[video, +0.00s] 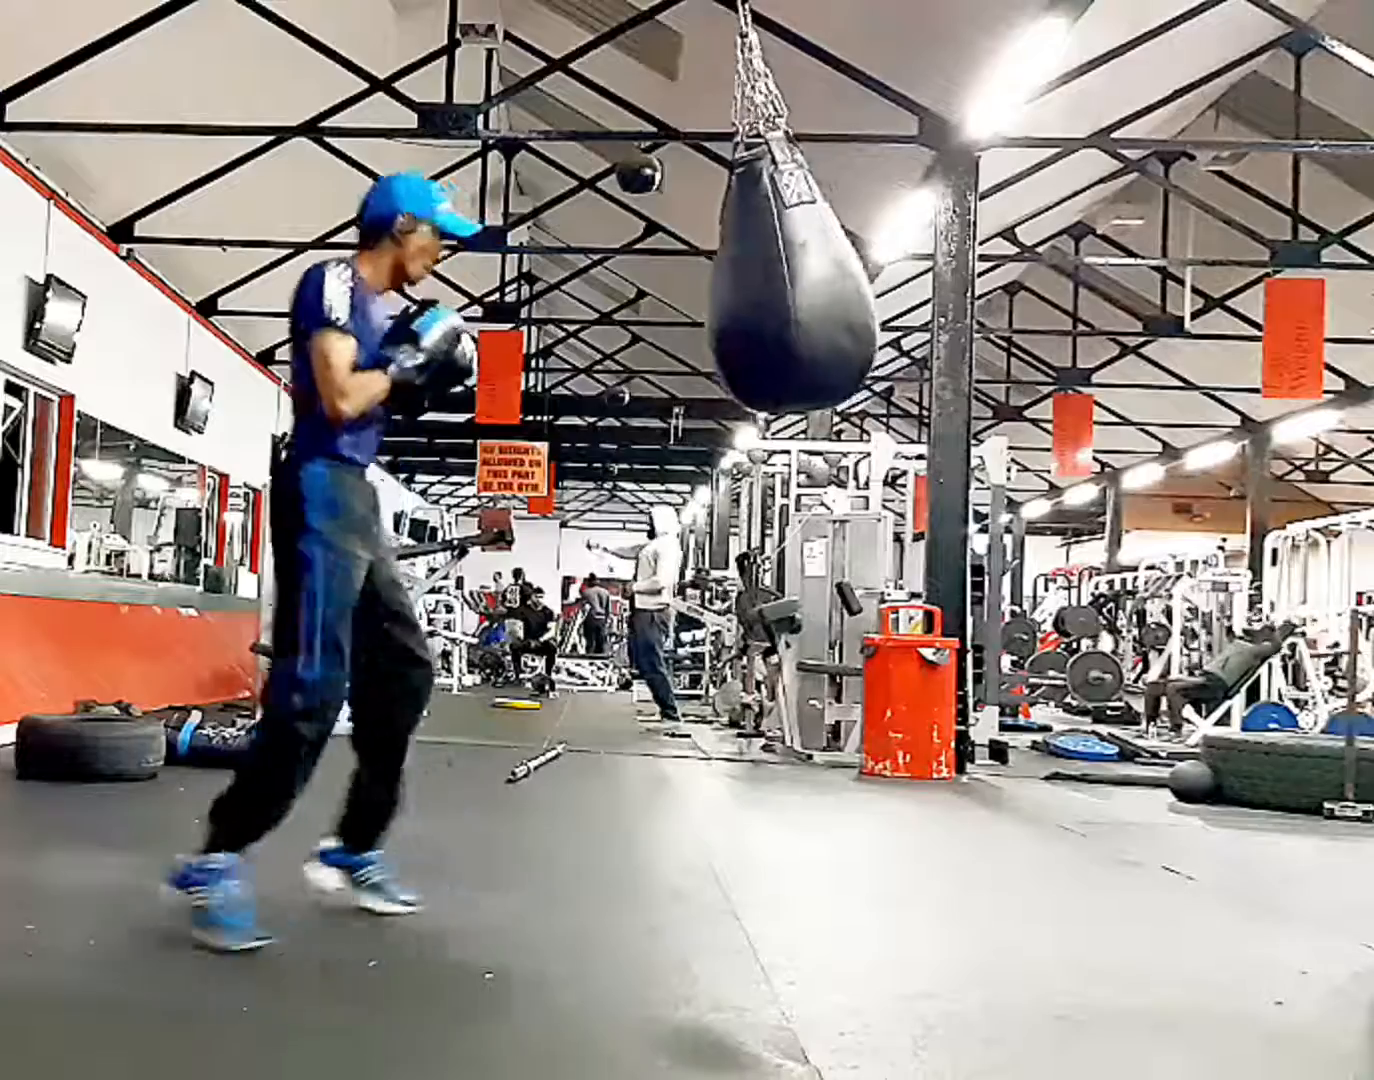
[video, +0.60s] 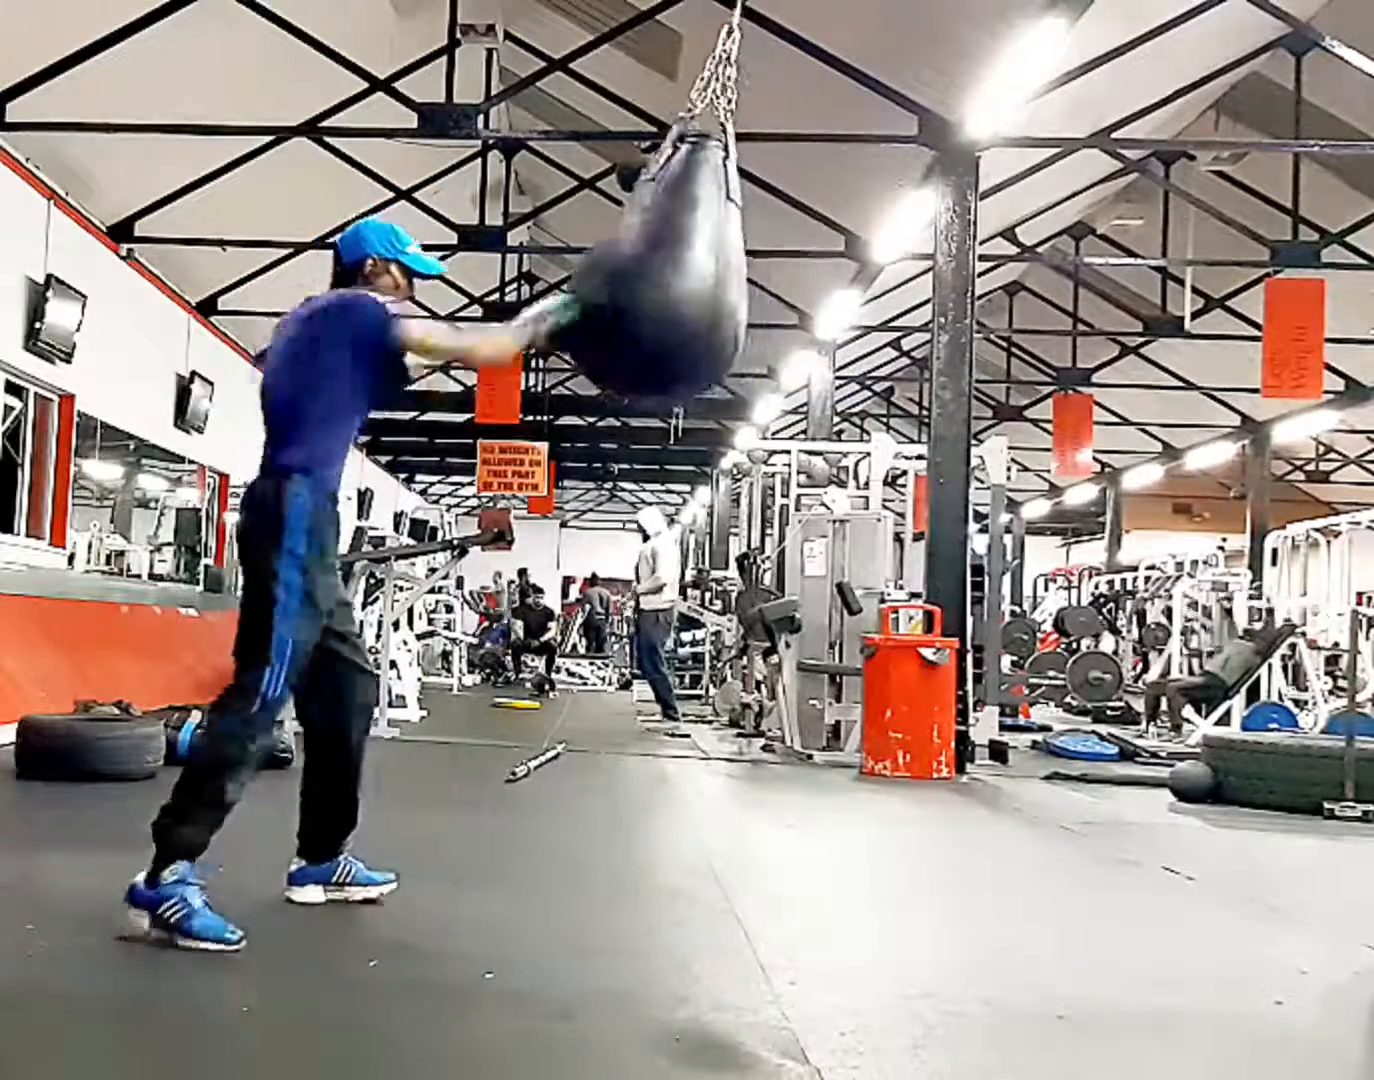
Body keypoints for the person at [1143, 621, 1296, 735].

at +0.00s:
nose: (1263, 632)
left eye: (1267, 631)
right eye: (1266, 630)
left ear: (1266, 636)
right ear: (1260, 632)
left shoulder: (1257, 651)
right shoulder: (1236, 643)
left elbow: (1276, 646)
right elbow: (1226, 635)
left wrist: (1278, 633)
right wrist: (1221, 624)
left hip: (1217, 682)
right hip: (1203, 675)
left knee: (1174, 688)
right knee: (1152, 687)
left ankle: (1176, 732)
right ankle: (1147, 730)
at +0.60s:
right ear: (1255, 637)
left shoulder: (1256, 652)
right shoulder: (1236, 643)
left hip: (1219, 681)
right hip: (1204, 675)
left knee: (1174, 689)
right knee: (1153, 687)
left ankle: (1176, 732)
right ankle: (1149, 728)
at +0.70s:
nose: (1250, 631)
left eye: (1254, 631)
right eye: (1253, 630)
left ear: (1259, 637)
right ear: (1249, 633)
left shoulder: (1256, 653)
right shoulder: (1237, 643)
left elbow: (1266, 633)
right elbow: (1232, 629)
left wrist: (1268, 610)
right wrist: (1228, 607)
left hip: (1219, 680)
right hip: (1205, 674)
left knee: (1173, 689)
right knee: (1152, 688)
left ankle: (1176, 730)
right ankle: (1148, 727)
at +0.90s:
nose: (1257, 631)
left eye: (1260, 630)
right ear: (1255, 634)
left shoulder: (1256, 651)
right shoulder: (1236, 643)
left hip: (1218, 682)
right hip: (1203, 675)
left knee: (1174, 690)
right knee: (1152, 688)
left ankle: (1176, 732)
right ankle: (1148, 726)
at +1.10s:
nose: (1257, 634)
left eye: (1256, 631)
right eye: (1257, 632)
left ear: (1249, 635)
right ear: (1253, 635)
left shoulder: (1256, 651)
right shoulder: (1236, 645)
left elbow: (1275, 652)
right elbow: (1221, 651)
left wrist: (1275, 636)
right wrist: (1222, 632)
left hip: (1216, 681)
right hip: (1205, 674)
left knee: (1173, 689)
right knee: (1153, 688)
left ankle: (1176, 730)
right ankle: (1147, 727)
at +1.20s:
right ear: (1253, 636)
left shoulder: (1254, 651)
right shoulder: (1231, 647)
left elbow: (1277, 656)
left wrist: (1273, 644)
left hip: (1218, 681)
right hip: (1203, 675)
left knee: (1173, 689)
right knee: (1153, 688)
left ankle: (1176, 730)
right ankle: (1147, 728)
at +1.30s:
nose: (1259, 636)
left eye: (1259, 633)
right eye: (1259, 633)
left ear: (1255, 637)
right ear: (1254, 636)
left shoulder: (1256, 650)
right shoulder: (1234, 646)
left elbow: (1278, 655)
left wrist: (1277, 644)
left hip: (1217, 681)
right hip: (1202, 674)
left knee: (1173, 689)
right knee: (1152, 688)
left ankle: (1176, 730)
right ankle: (1147, 727)